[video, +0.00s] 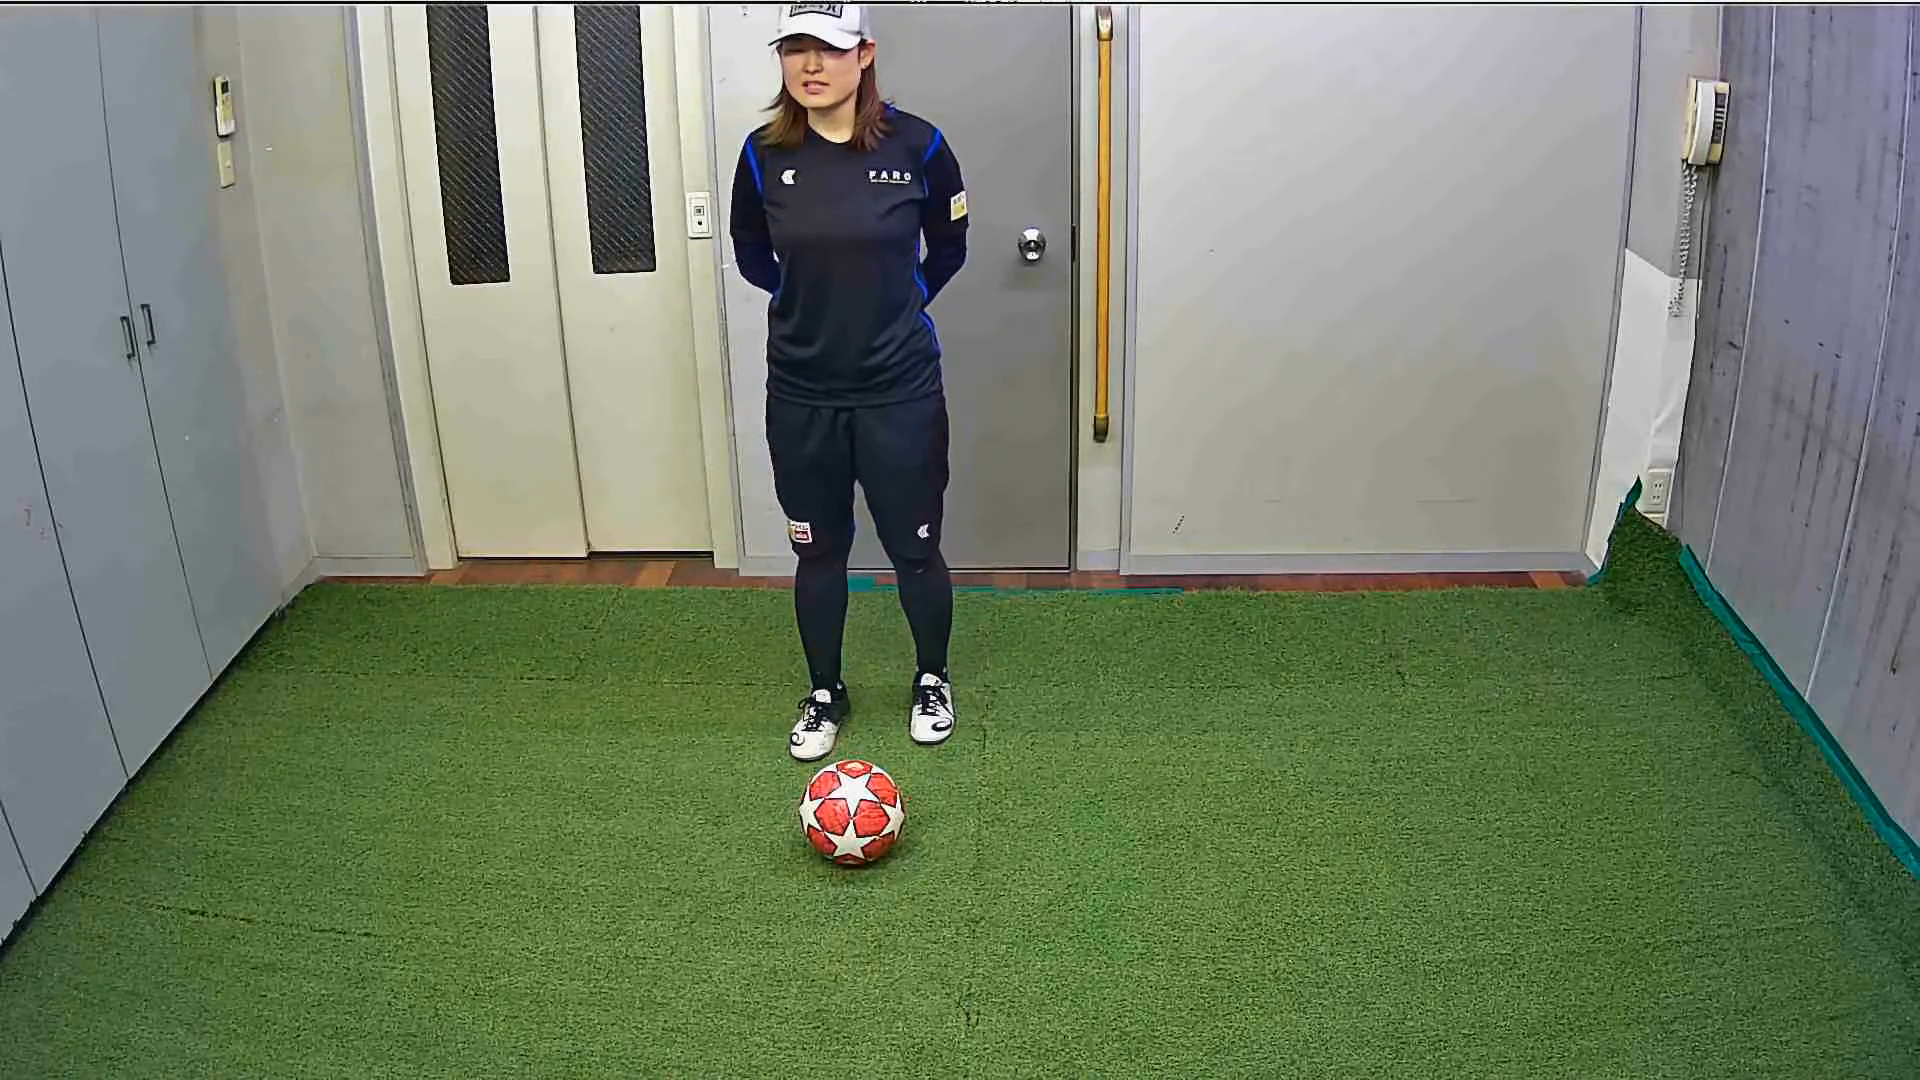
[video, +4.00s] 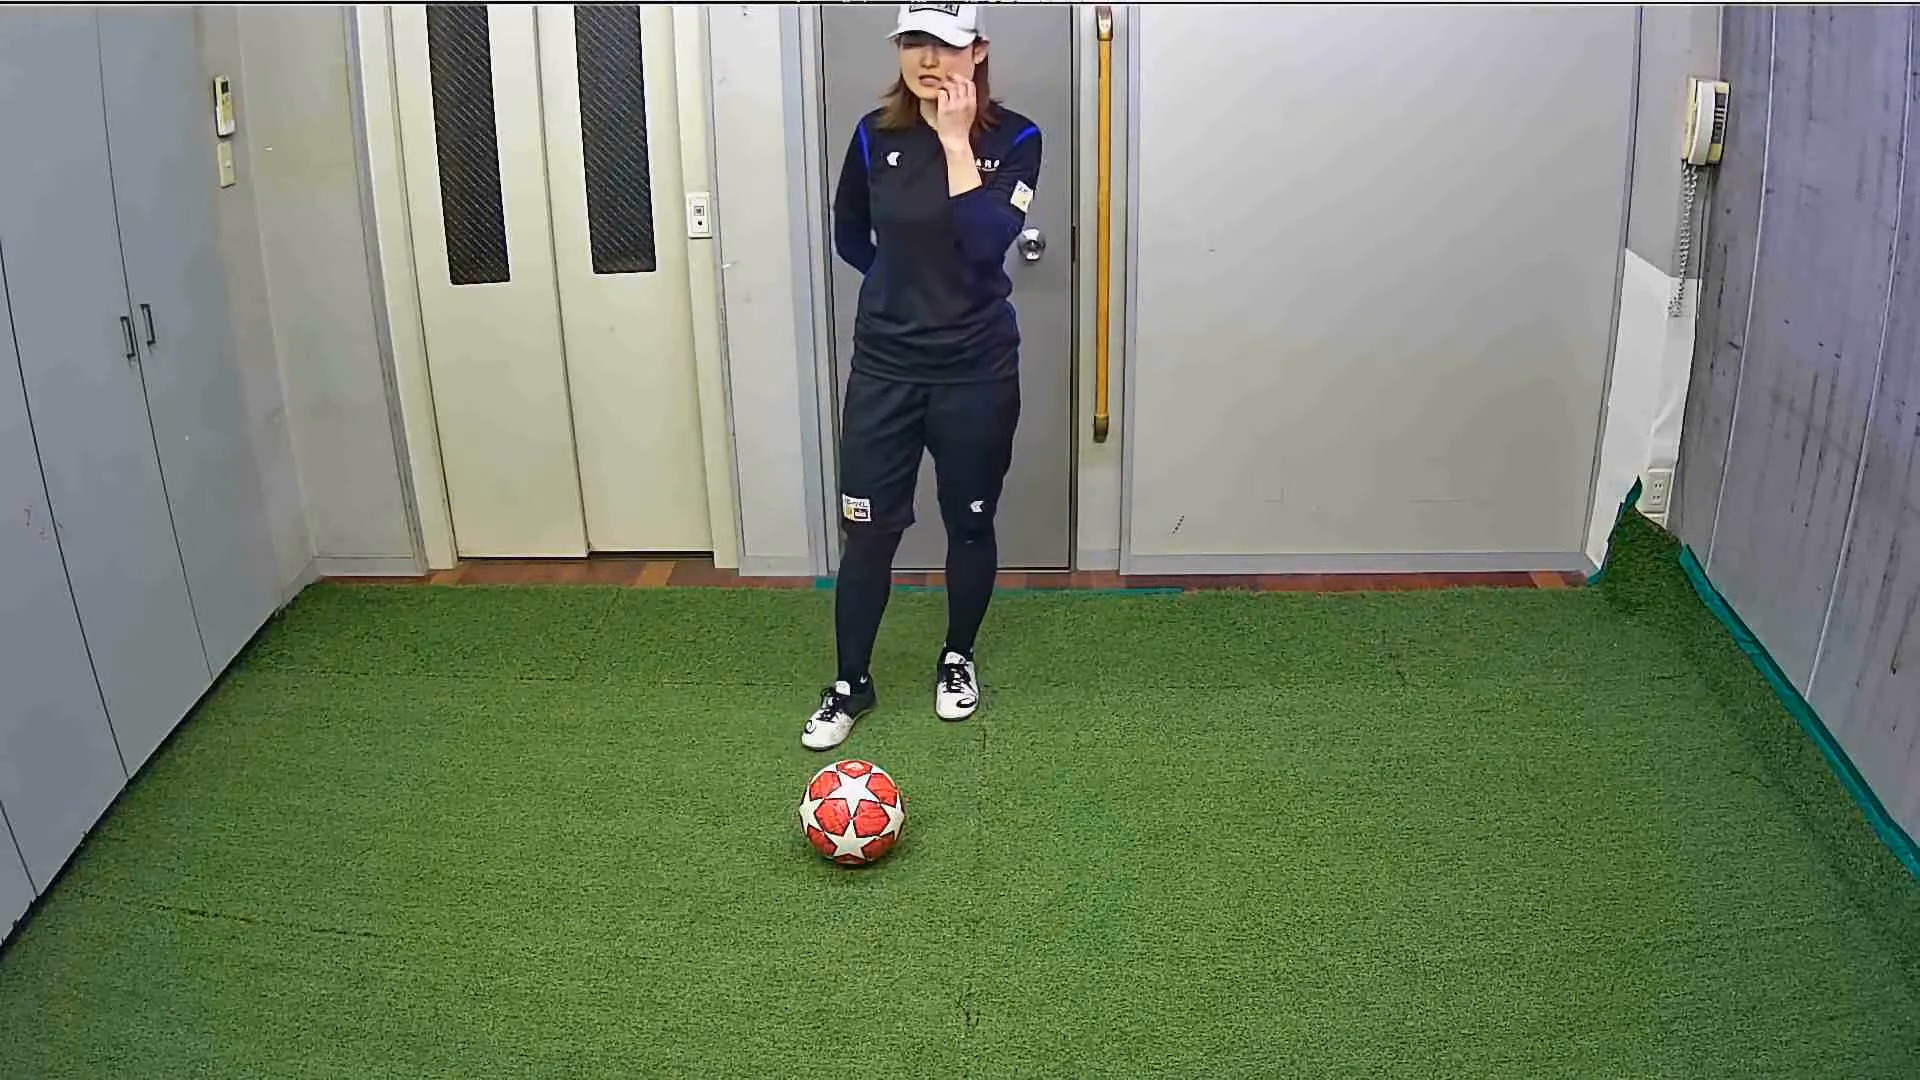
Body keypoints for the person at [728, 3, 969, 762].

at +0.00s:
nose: (810, 64)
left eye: (827, 49)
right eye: (797, 51)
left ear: (864, 56)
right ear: (782, 64)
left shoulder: (918, 146)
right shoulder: (762, 155)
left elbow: (950, 248)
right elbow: (750, 253)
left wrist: (895, 303)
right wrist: (810, 291)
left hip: (899, 386)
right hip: (801, 388)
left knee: (916, 550)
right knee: (815, 549)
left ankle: (930, 681)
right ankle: (825, 694)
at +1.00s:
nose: (801, 66)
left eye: (818, 51)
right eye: (789, 53)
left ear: (856, 60)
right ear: (775, 66)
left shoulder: (910, 146)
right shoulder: (755, 156)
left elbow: (943, 249)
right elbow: (743, 258)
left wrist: (887, 304)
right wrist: (805, 292)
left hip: (894, 388)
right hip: (795, 390)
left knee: (913, 551)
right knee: (812, 549)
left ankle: (931, 681)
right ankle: (825, 694)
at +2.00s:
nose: (775, 73)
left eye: (792, 56)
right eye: (761, 58)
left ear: (829, 61)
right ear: (748, 68)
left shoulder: (890, 146)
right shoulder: (733, 160)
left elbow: (924, 248)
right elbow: (724, 260)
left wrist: (868, 304)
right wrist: (784, 297)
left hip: (880, 388)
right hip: (781, 395)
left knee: (906, 550)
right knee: (805, 550)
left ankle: (932, 682)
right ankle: (823, 695)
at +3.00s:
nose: (799, 65)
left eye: (814, 50)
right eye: (787, 53)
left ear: (852, 56)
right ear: (775, 65)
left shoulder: (913, 141)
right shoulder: (762, 157)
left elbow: (948, 246)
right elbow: (754, 260)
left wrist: (892, 305)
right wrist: (816, 296)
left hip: (901, 382)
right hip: (805, 387)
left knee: (925, 537)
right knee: (815, 543)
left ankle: (955, 655)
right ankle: (825, 693)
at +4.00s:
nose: (929, 62)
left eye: (944, 47)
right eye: (917, 47)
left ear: (976, 54)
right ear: (901, 54)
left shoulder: (1015, 138)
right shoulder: (874, 134)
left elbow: (986, 242)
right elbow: (849, 238)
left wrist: (956, 146)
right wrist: (908, 275)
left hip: (976, 365)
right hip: (884, 361)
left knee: (970, 521)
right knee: (865, 523)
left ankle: (958, 662)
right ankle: (849, 684)